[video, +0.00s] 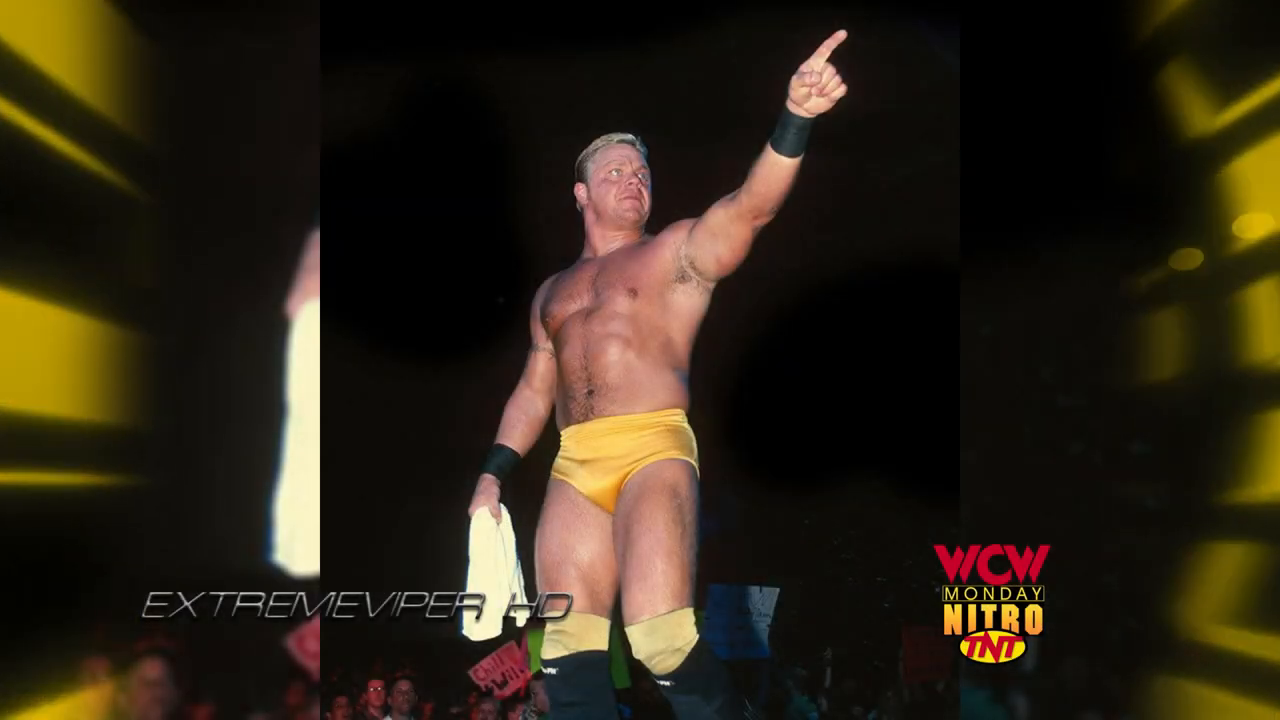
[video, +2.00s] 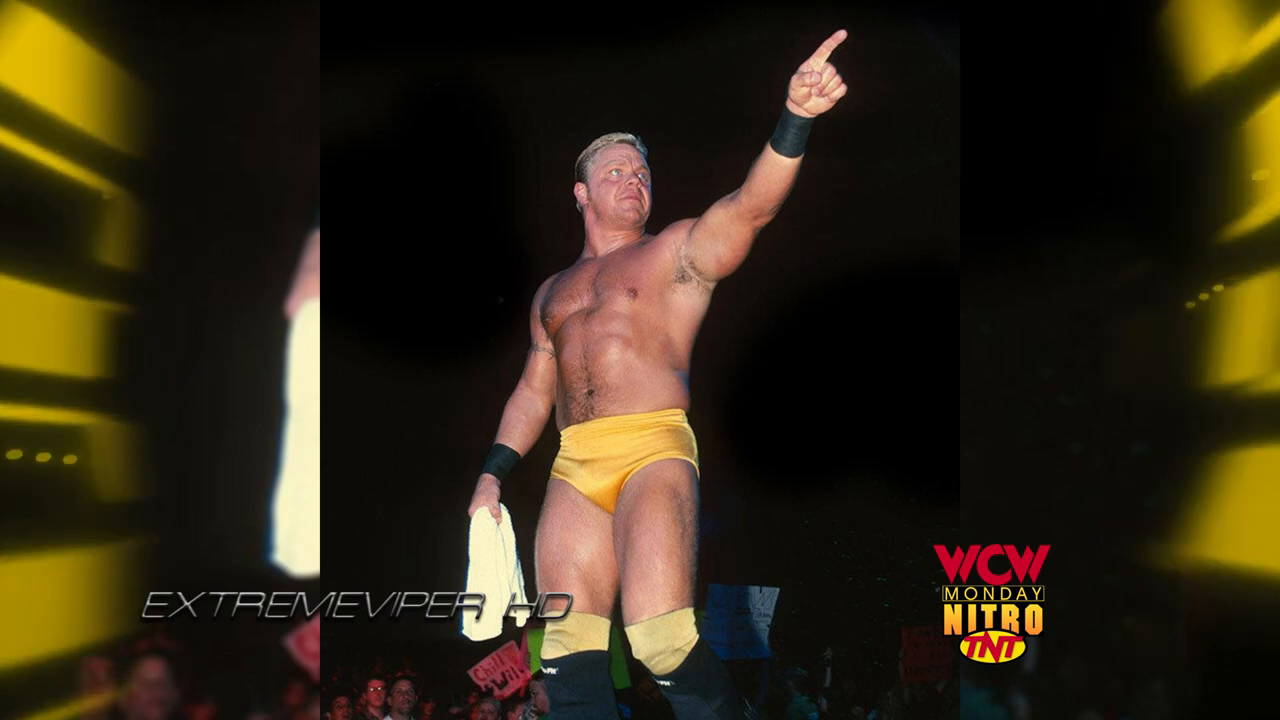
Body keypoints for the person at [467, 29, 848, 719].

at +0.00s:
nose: (632, 180)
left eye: (640, 172)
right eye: (614, 171)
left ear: (651, 194)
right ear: (581, 193)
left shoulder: (680, 254)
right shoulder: (553, 296)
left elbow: (752, 204)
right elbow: (534, 394)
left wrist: (797, 115)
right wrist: (490, 477)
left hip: (656, 448)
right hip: (576, 462)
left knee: (659, 635)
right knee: (568, 646)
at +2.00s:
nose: (632, 179)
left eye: (640, 172)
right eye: (615, 170)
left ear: (650, 194)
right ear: (581, 193)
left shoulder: (680, 254)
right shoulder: (552, 296)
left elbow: (753, 203)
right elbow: (534, 394)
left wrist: (797, 116)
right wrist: (490, 478)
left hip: (656, 448)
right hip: (575, 462)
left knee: (660, 636)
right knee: (568, 646)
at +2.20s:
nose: (632, 179)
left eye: (640, 172)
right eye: (615, 170)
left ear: (650, 194)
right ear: (581, 193)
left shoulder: (680, 254)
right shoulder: (552, 296)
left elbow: (753, 203)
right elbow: (534, 394)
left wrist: (797, 116)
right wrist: (490, 478)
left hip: (656, 448)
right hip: (575, 462)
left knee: (660, 636)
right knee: (568, 646)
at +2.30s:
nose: (632, 179)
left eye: (640, 172)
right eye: (615, 170)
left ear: (650, 194)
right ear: (581, 193)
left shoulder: (680, 254)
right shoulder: (552, 296)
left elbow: (753, 203)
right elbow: (534, 394)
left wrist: (797, 116)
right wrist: (490, 478)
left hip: (656, 448)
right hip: (575, 462)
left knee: (660, 636)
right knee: (568, 646)